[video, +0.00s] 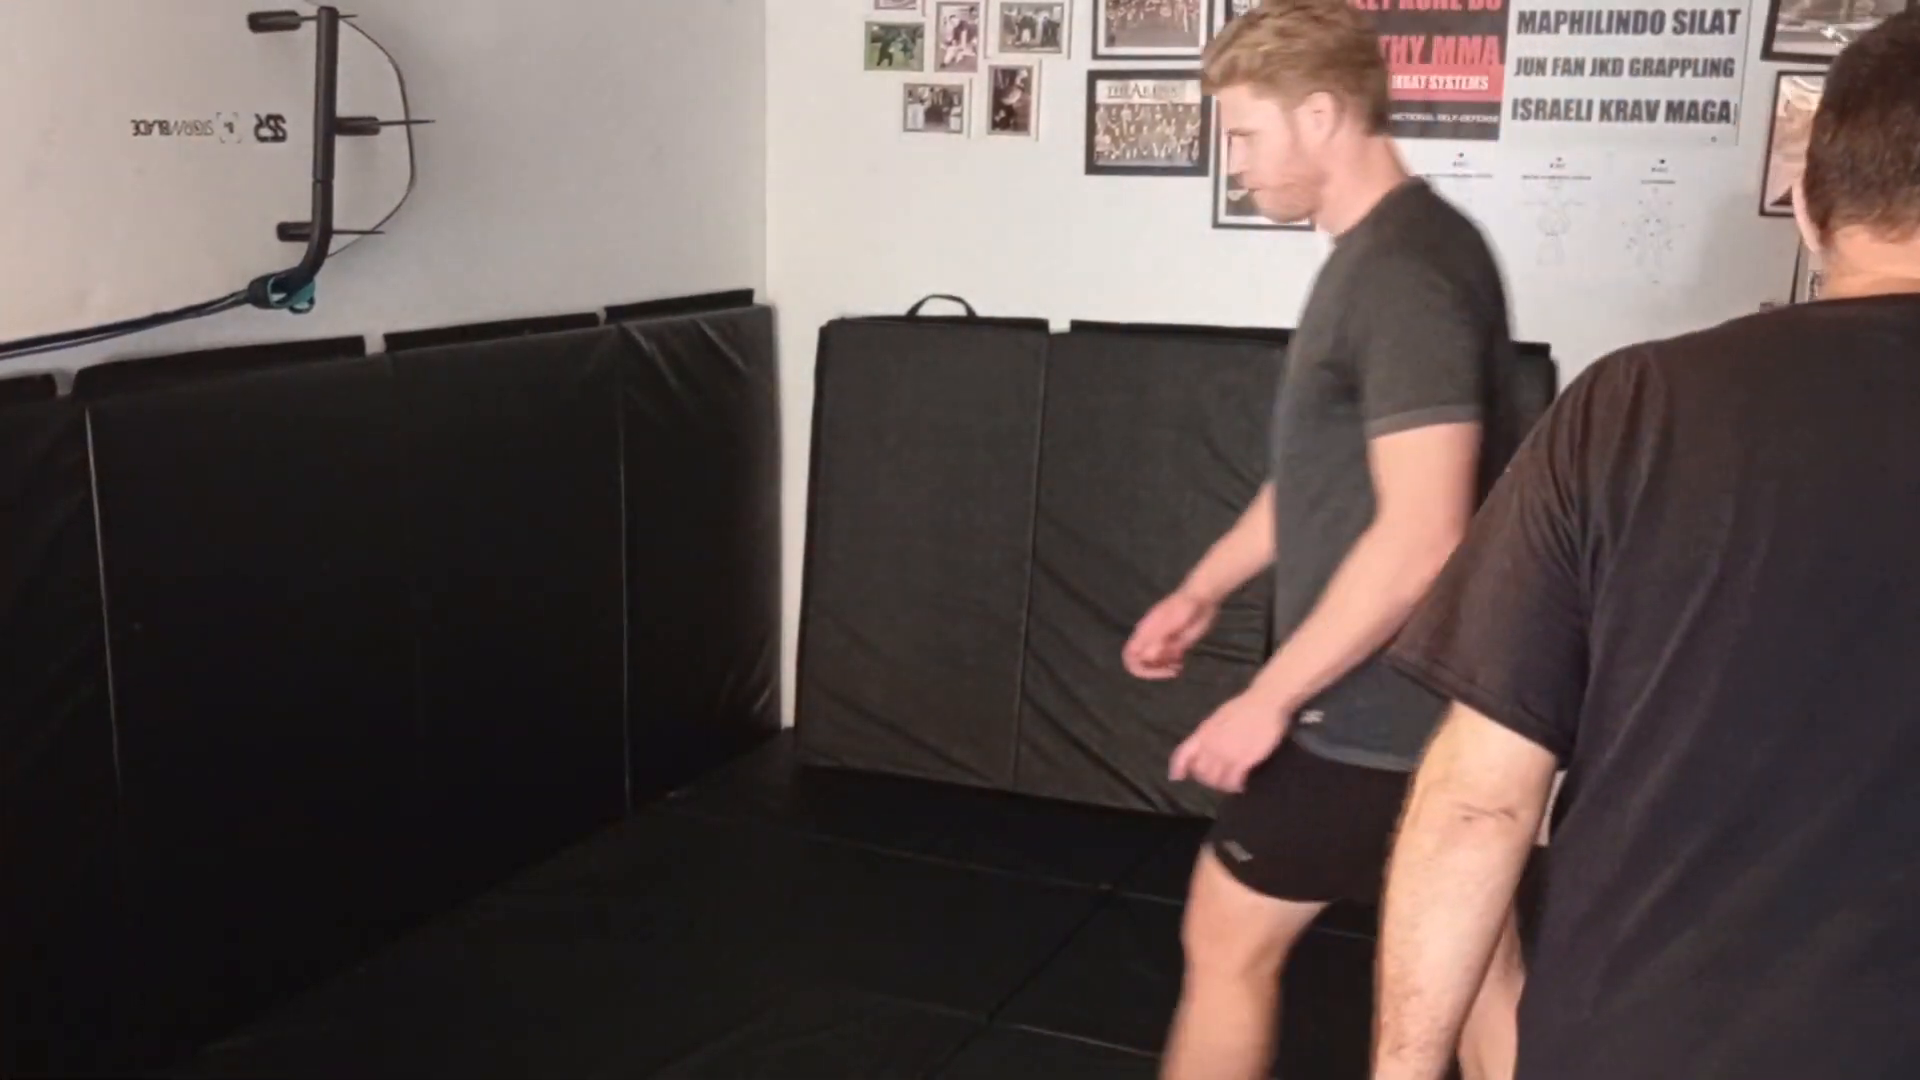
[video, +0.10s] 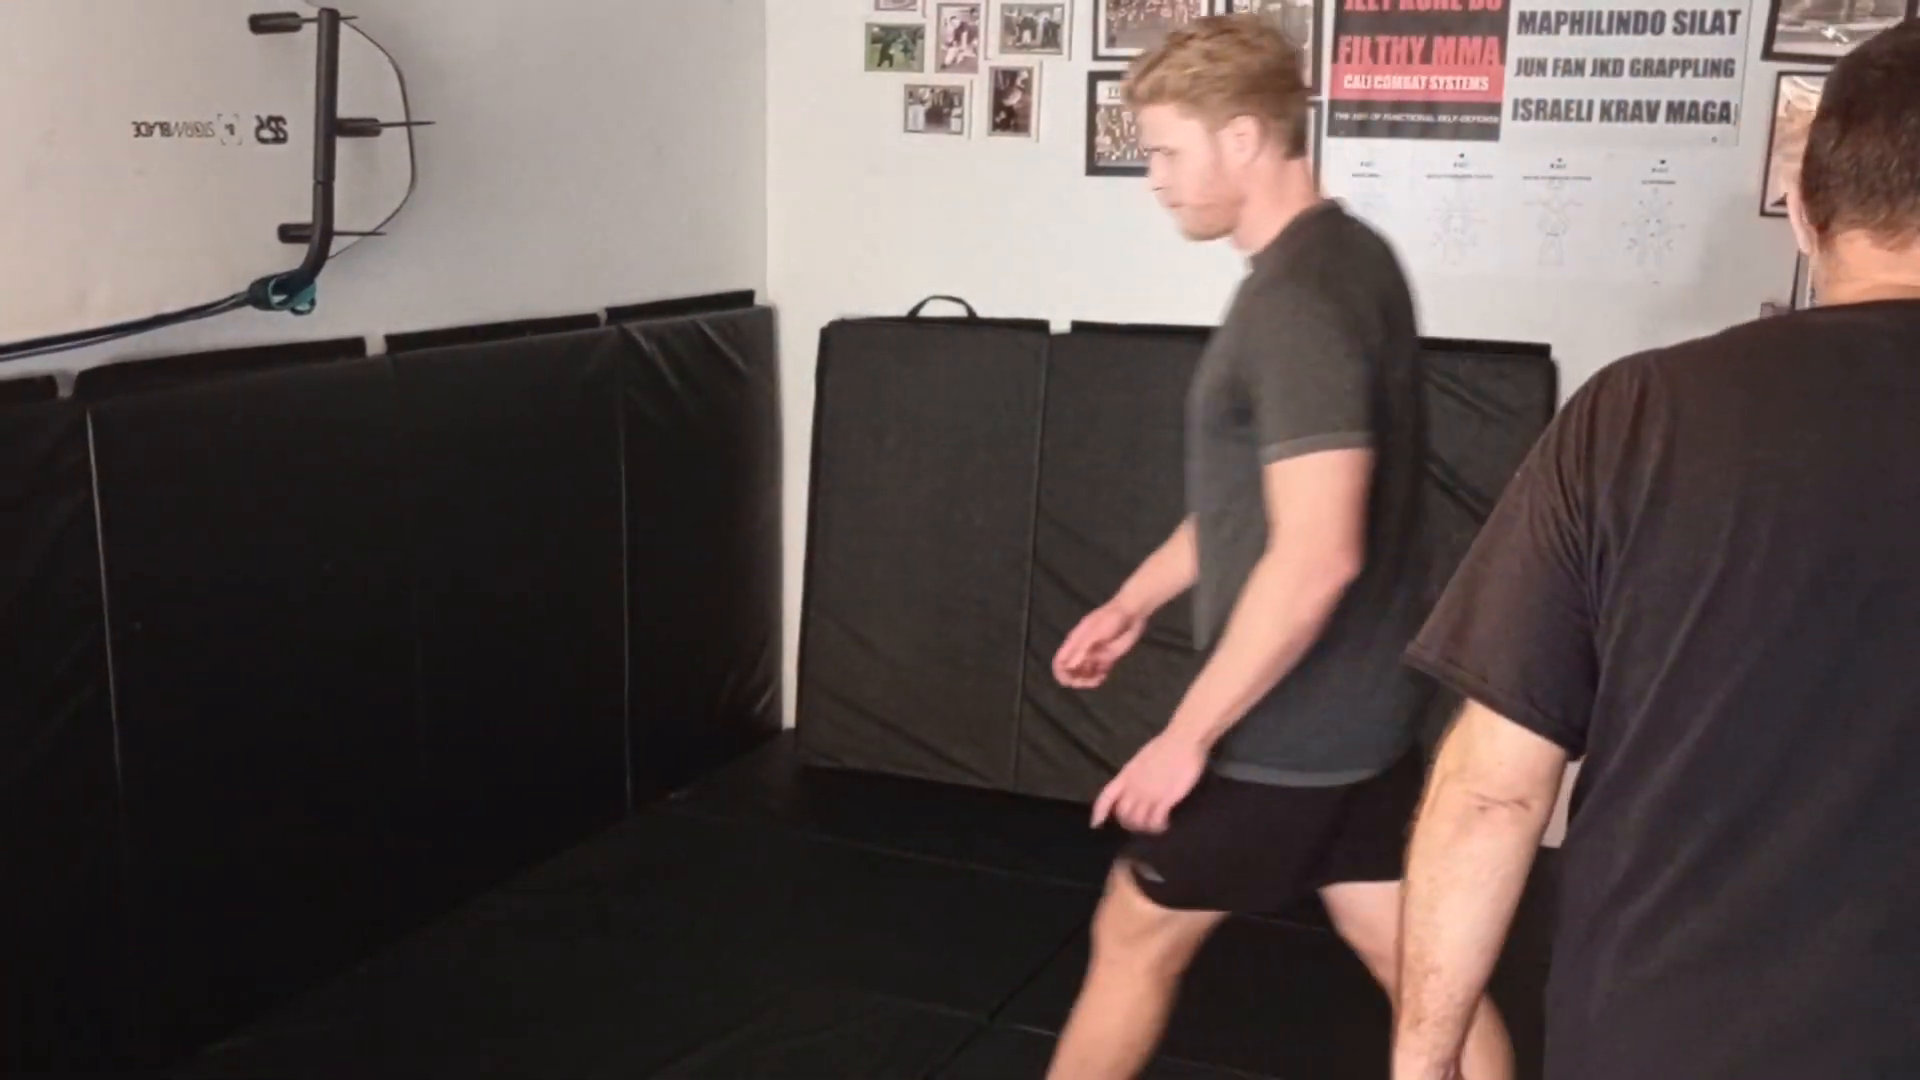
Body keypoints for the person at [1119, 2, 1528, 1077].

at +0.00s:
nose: (1233, 166)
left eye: (1243, 135)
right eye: (1228, 140)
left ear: (1327, 116)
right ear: (1327, 120)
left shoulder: (1407, 266)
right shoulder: (1371, 257)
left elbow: (1423, 531)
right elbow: (1316, 473)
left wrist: (1268, 698)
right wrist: (1204, 591)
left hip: (1369, 728)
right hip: (1416, 719)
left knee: (1227, 945)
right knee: (1480, 978)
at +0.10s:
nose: (1153, 183)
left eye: (1163, 156)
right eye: (1147, 159)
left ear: (1243, 140)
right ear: (1242, 142)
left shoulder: (1298, 295)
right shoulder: (1343, 261)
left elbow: (1320, 549)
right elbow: (1252, 486)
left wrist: (1186, 734)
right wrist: (1134, 604)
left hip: (1272, 743)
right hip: (1355, 730)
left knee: (1132, 947)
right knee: (1430, 985)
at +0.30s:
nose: (976, 169)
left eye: (990, 143)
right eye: (974, 144)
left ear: (1073, 139)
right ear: (1083, 139)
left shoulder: (1098, 306)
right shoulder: (1170, 248)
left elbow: (1098, 561)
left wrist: (1036, 772)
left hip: (1069, 700)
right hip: (1149, 682)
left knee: (972, 918)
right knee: (1126, 903)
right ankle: (1327, 1072)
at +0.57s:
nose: (835, 117)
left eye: (854, 95)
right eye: (834, 92)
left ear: (935, 100)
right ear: (928, 101)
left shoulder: (992, 256)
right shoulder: (926, 227)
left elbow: (966, 503)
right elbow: (902, 464)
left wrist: (799, 648)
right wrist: (830, 631)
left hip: (935, 668)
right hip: (852, 640)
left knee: (931, 918)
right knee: (766, 830)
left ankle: (983, 1074)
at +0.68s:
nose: (785, 124)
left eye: (808, 104)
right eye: (780, 97)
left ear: (889, 108)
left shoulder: (953, 264)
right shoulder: (840, 216)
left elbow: (927, 505)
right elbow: (823, 438)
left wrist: (737, 619)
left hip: (890, 663)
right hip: (780, 636)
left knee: (912, 921)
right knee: (690, 839)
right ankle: (580, 1052)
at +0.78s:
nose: (743, 136)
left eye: (772, 117)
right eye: (734, 109)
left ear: (841, 120)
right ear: (723, 100)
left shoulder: (899, 275)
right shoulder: (737, 232)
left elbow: (891, 510)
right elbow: (704, 429)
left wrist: (704, 629)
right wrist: (677, 584)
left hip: (835, 672)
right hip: (698, 641)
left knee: (880, 926)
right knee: (610, 870)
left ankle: (978, 1076)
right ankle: (550, 1071)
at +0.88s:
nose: (722, 160)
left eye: (750, 139)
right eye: (706, 130)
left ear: (791, 138)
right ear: (679, 119)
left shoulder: (834, 295)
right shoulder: (637, 239)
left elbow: (848, 521)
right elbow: (588, 410)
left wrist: (694, 678)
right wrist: (534, 593)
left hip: (775, 672)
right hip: (618, 655)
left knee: (842, 926)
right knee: (547, 892)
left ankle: (970, 1076)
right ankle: (529, 1075)